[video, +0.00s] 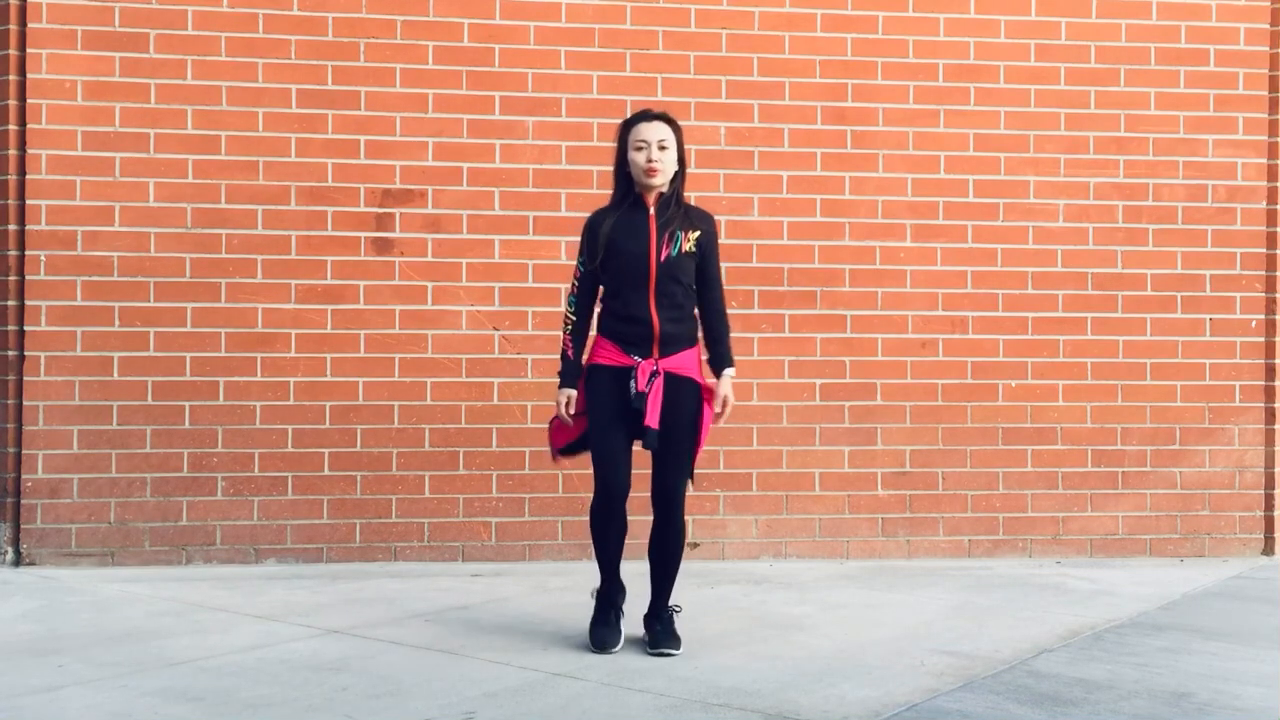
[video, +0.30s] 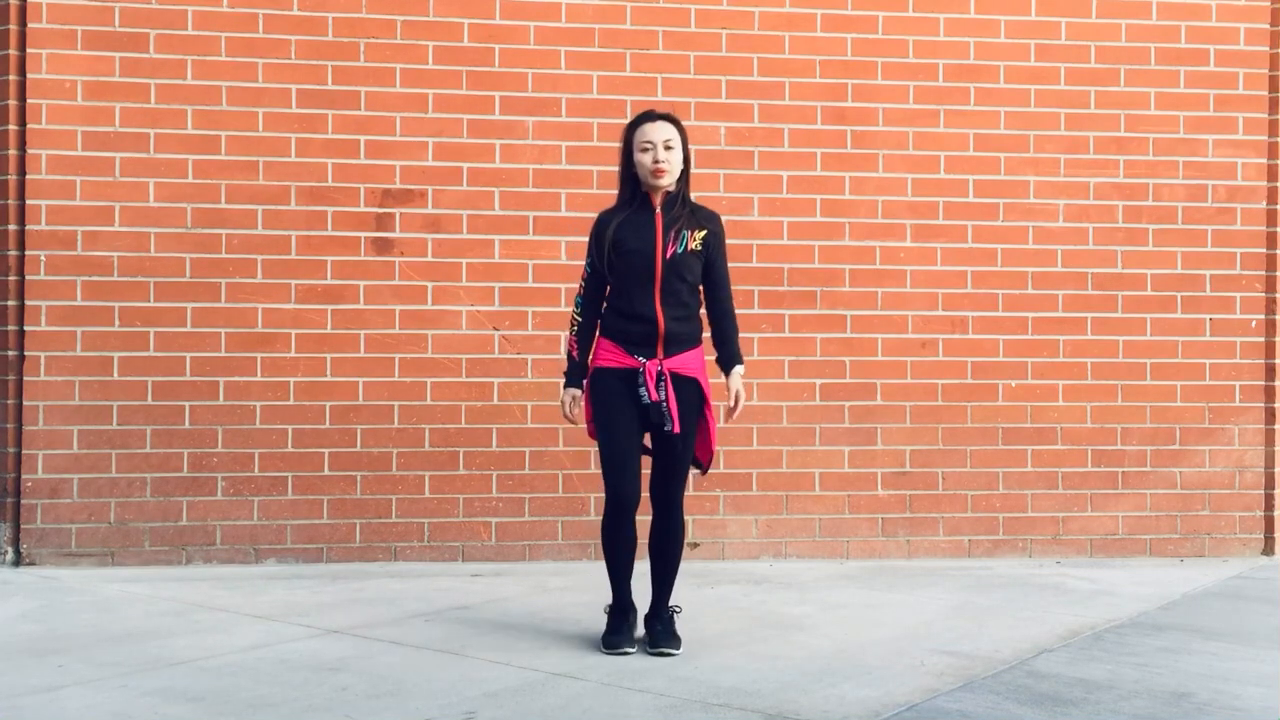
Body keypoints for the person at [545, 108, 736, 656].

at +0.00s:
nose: (652, 156)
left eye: (662, 146)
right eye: (641, 147)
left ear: (678, 156)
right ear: (625, 156)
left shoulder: (699, 224)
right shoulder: (603, 223)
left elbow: (712, 300)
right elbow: (580, 302)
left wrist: (723, 366)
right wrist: (568, 376)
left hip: (679, 373)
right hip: (611, 370)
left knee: (669, 498)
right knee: (611, 490)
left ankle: (661, 611)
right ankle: (608, 596)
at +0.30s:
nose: (658, 156)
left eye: (668, 147)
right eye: (647, 147)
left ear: (683, 155)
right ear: (631, 157)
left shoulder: (704, 223)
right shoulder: (611, 223)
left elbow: (719, 299)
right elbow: (588, 302)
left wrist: (732, 363)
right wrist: (573, 374)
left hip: (680, 372)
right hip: (615, 370)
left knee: (668, 499)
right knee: (621, 496)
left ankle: (661, 612)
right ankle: (621, 609)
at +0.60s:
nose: (661, 156)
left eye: (670, 147)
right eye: (649, 148)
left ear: (686, 156)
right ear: (633, 160)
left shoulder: (704, 227)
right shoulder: (612, 223)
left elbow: (709, 306)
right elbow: (582, 297)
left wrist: (712, 372)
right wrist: (565, 366)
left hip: (684, 366)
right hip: (617, 366)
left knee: (689, 471)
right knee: (622, 493)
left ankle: (678, 572)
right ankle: (622, 611)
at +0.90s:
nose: (676, 156)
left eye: (685, 146)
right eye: (664, 148)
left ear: (701, 154)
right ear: (649, 159)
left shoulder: (722, 223)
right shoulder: (627, 222)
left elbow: (733, 299)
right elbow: (606, 300)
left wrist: (742, 365)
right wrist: (592, 373)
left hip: (702, 371)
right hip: (635, 368)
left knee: (693, 498)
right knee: (633, 492)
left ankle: (686, 608)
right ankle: (624, 608)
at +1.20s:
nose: (684, 155)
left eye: (694, 146)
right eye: (672, 147)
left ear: (710, 155)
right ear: (658, 157)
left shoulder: (730, 219)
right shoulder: (636, 220)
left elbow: (749, 294)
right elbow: (615, 298)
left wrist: (765, 357)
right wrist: (602, 369)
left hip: (707, 369)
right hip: (644, 365)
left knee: (693, 493)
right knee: (650, 486)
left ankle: (687, 607)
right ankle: (648, 588)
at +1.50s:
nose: (685, 158)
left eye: (694, 149)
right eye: (674, 150)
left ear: (710, 161)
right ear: (658, 162)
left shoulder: (729, 227)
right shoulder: (635, 224)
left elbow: (735, 299)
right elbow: (602, 294)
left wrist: (741, 362)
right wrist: (589, 361)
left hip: (708, 367)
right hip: (642, 367)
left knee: (709, 482)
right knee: (648, 493)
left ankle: (696, 587)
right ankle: (650, 604)